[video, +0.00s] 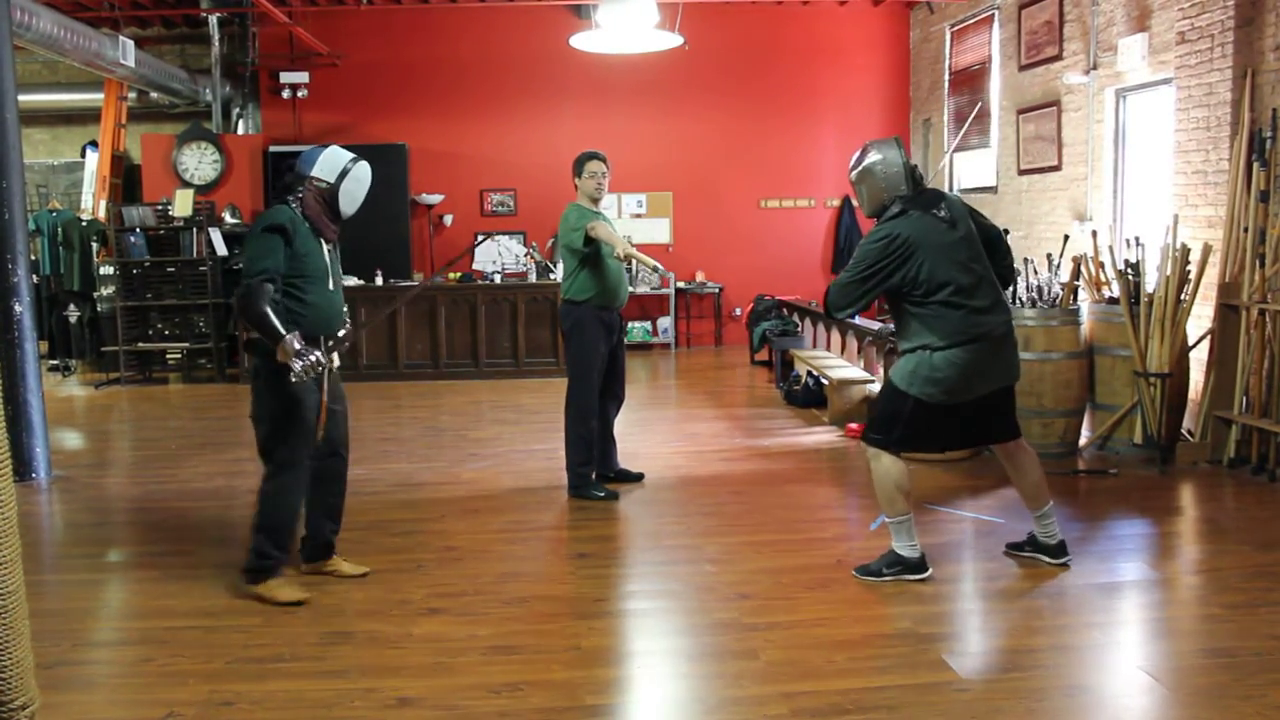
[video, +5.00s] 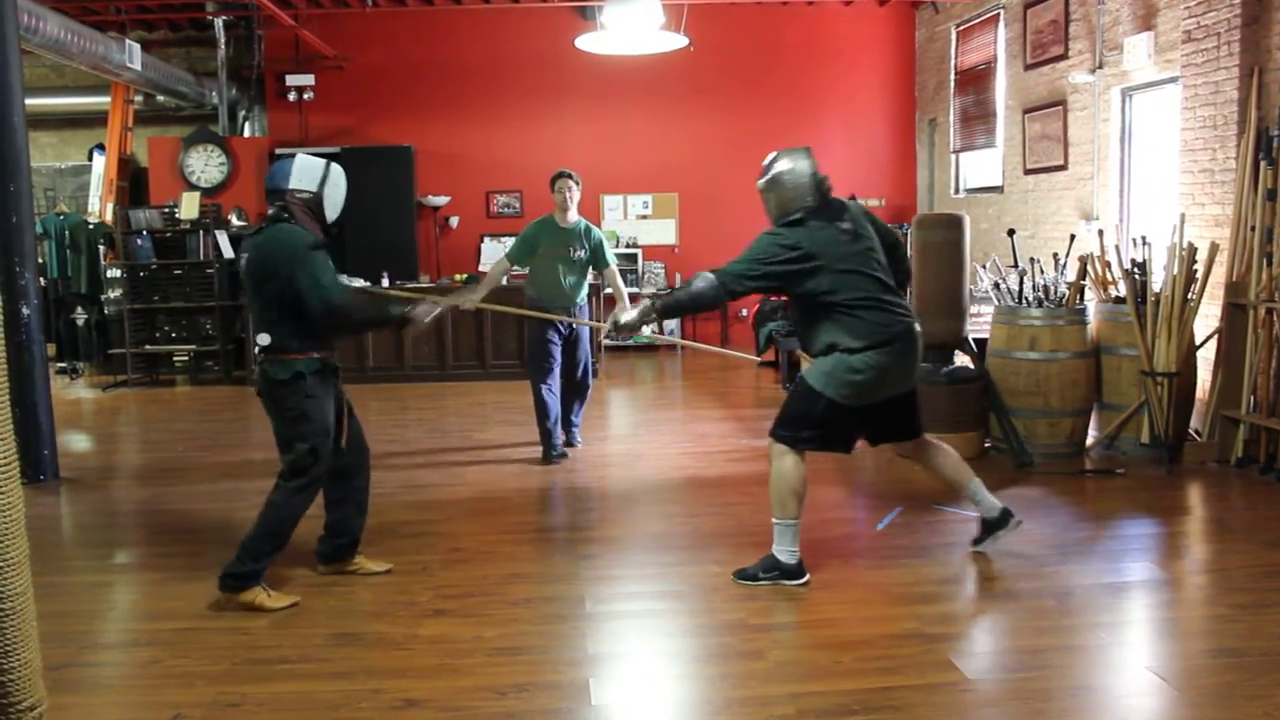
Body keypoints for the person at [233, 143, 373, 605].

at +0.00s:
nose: (350, 202)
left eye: (353, 193)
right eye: (348, 192)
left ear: (327, 185)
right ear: (325, 184)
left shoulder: (325, 233)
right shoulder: (278, 222)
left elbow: (326, 291)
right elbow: (254, 294)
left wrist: (340, 327)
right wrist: (284, 340)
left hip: (324, 365)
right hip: (285, 367)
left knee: (331, 459)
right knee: (289, 464)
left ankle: (319, 554)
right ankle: (264, 571)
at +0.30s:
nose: (328, 201)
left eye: (329, 192)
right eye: (325, 190)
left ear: (297, 185)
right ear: (303, 185)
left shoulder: (297, 234)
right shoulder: (254, 230)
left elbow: (300, 299)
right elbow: (241, 310)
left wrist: (313, 343)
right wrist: (281, 358)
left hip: (304, 370)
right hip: (266, 373)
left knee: (327, 460)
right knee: (244, 470)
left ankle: (319, 554)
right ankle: (195, 573)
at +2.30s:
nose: (295, 208)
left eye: (294, 199)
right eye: (290, 197)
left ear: (259, 193)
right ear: (268, 194)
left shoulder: (263, 242)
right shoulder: (229, 245)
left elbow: (272, 308)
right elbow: (222, 327)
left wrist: (294, 356)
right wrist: (261, 379)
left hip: (286, 373)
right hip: (251, 378)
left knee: (326, 456)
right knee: (237, 479)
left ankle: (332, 554)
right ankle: (190, 585)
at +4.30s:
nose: (312, 211)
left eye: (311, 202)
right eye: (307, 201)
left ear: (279, 200)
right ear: (285, 198)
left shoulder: (283, 246)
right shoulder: (248, 244)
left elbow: (291, 311)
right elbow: (235, 327)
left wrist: (309, 361)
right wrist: (268, 386)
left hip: (300, 379)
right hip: (267, 383)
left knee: (340, 459)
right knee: (244, 483)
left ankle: (336, 555)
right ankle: (193, 584)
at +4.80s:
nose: (338, 216)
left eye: (336, 207)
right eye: (333, 205)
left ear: (306, 203)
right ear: (312, 201)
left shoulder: (305, 244)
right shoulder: (281, 244)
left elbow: (306, 316)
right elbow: (274, 327)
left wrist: (331, 360)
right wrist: (316, 373)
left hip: (321, 370)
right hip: (292, 375)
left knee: (355, 457)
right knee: (302, 473)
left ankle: (338, 553)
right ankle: (249, 582)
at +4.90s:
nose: (337, 219)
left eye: (336, 211)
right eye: (332, 209)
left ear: (304, 204)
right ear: (310, 203)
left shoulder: (305, 245)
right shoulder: (284, 243)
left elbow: (311, 315)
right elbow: (291, 317)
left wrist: (343, 357)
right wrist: (344, 350)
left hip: (319, 374)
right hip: (293, 377)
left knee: (354, 455)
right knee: (305, 472)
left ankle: (338, 553)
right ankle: (247, 581)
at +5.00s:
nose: (333, 209)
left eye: (332, 200)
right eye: (329, 199)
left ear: (289, 196)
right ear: (308, 195)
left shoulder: (270, 240)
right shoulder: (294, 243)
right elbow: (332, 304)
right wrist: (398, 311)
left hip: (306, 371)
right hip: (295, 374)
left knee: (350, 456)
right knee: (307, 469)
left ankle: (338, 554)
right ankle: (241, 579)